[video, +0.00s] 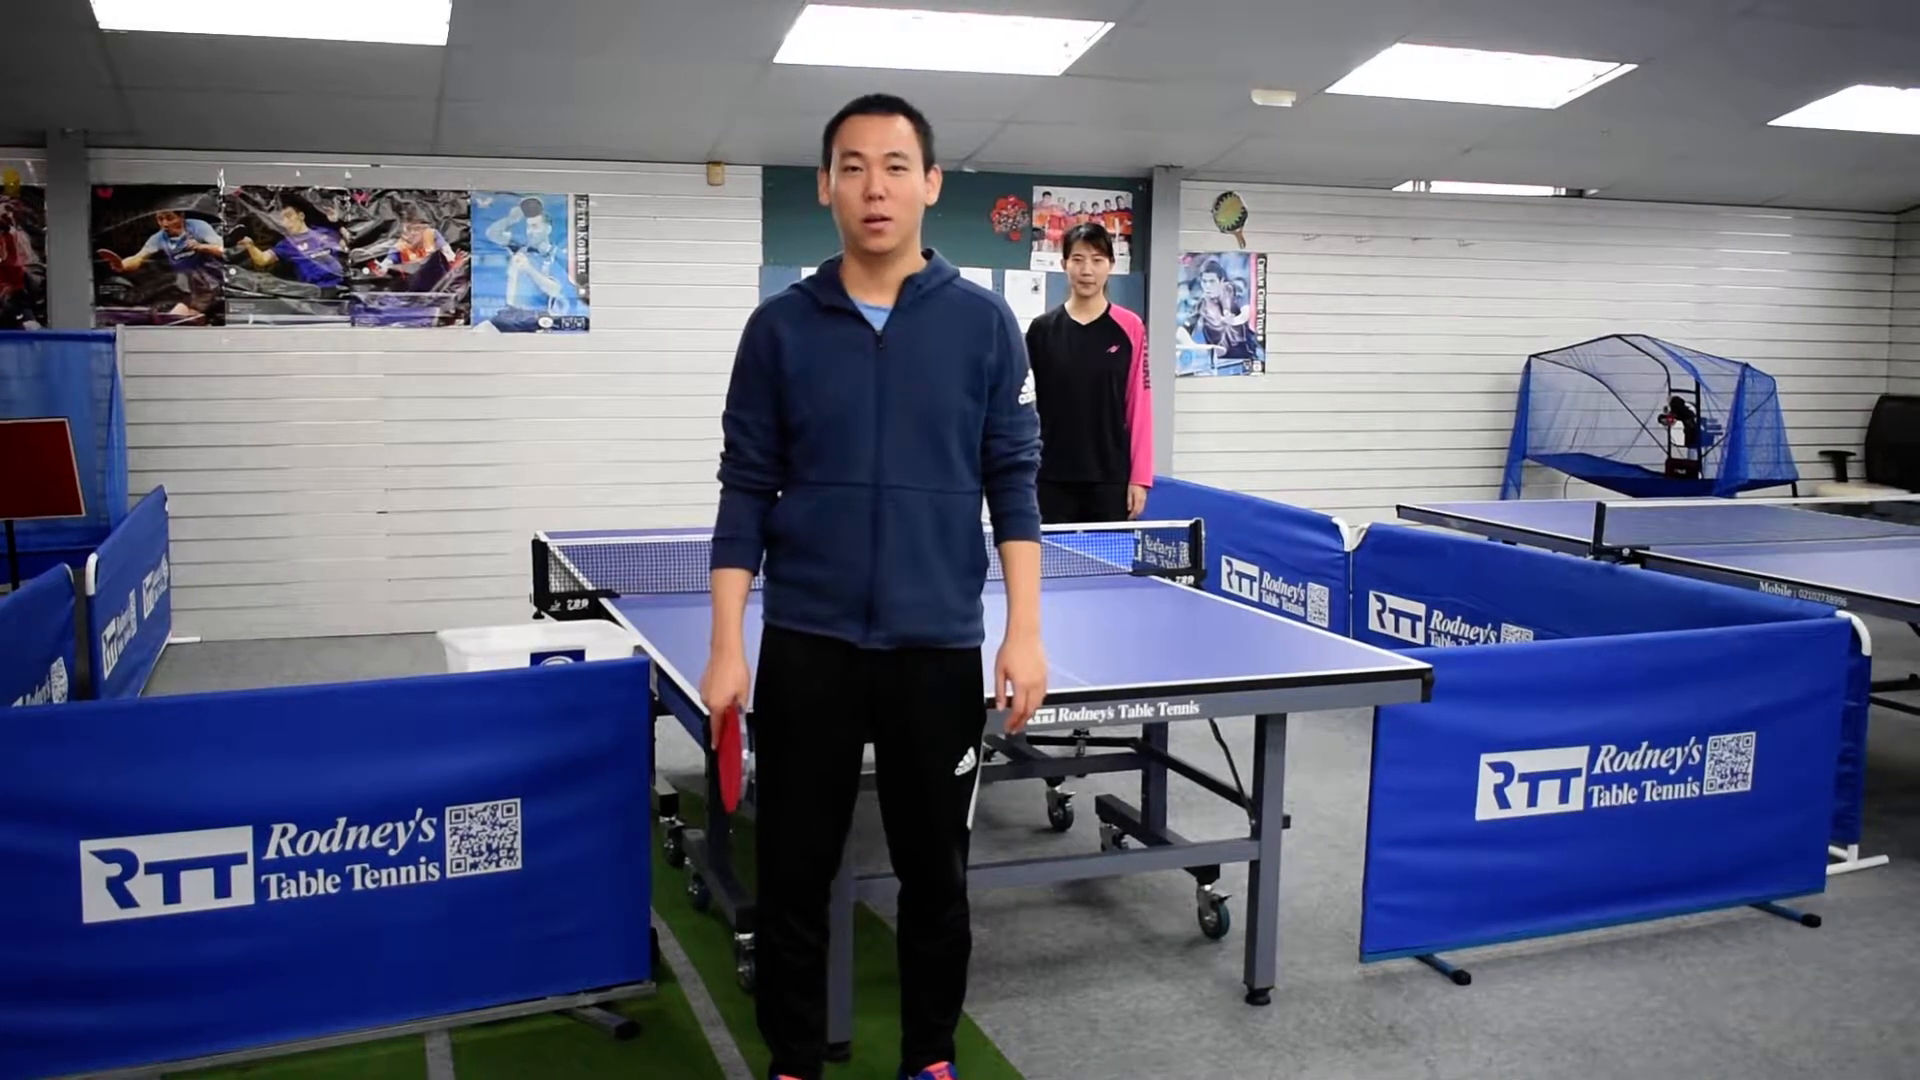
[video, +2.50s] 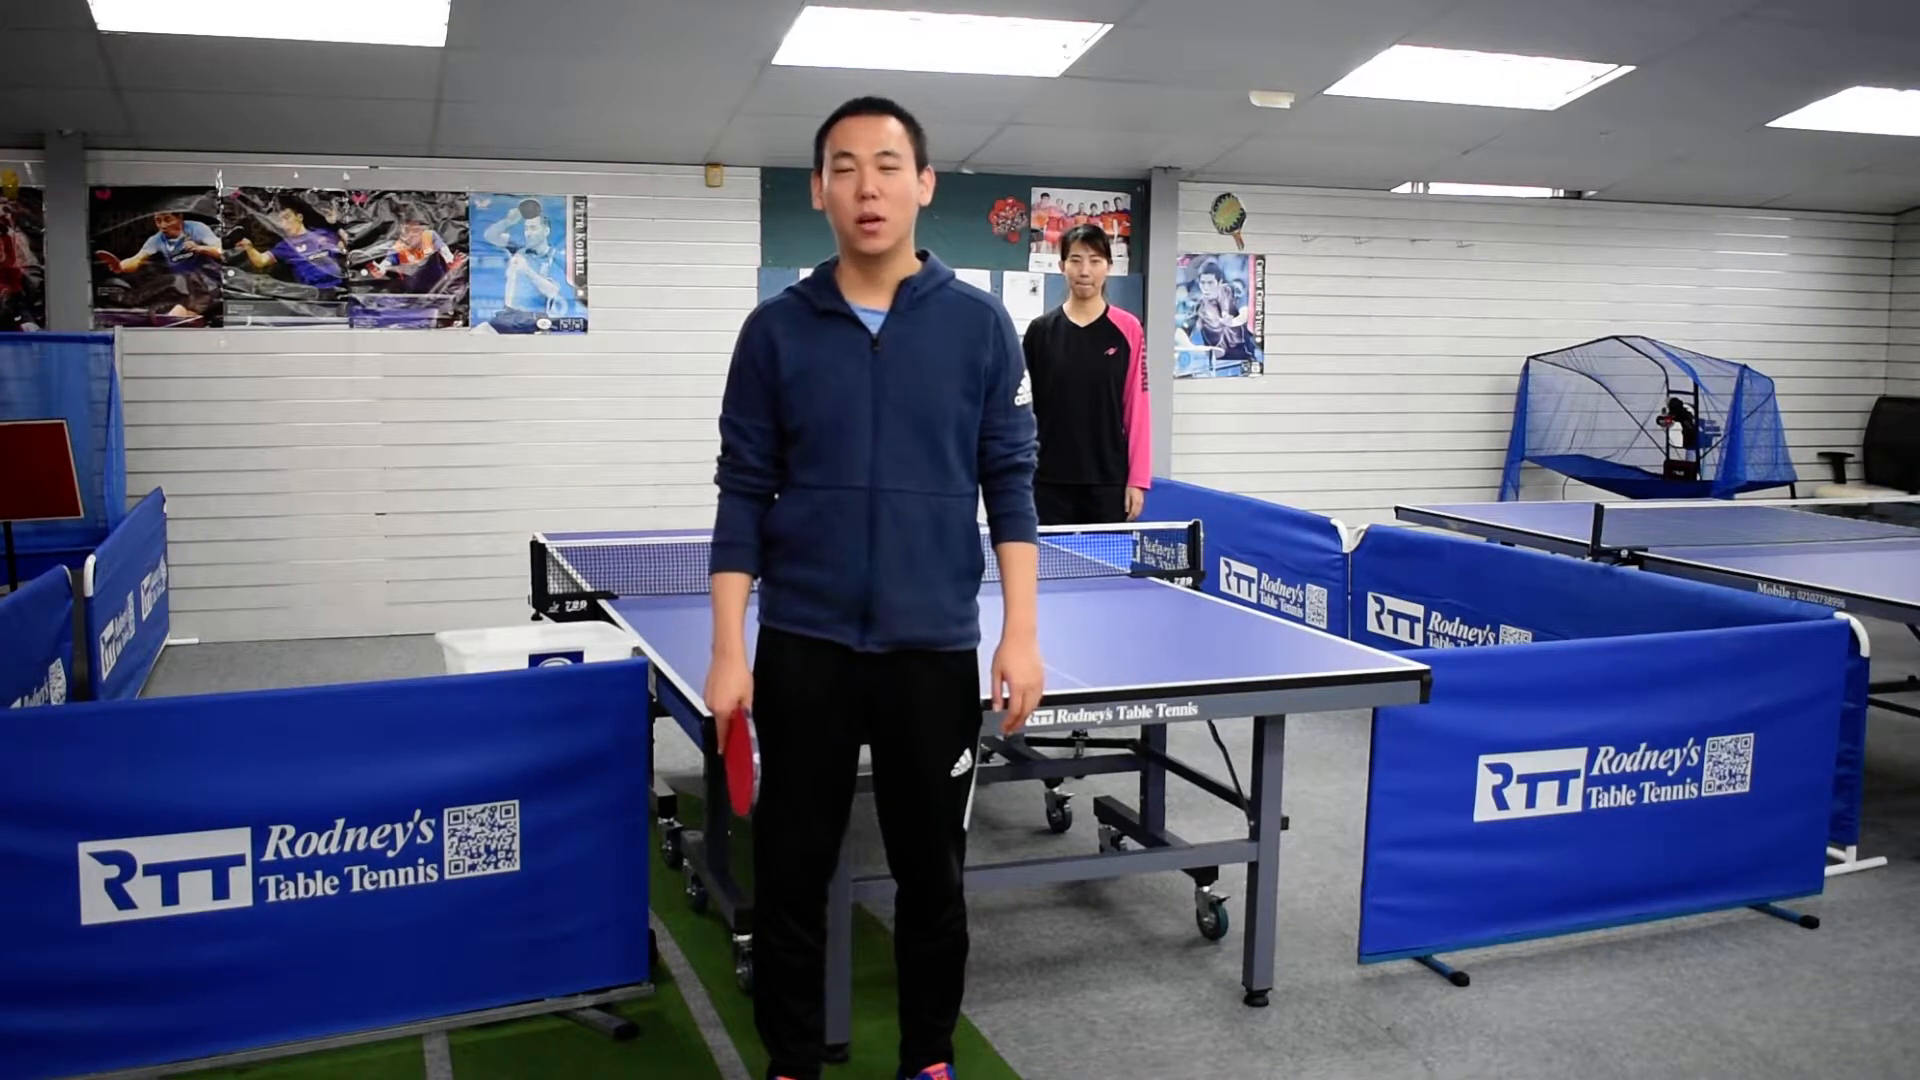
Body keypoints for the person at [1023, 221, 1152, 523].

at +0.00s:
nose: (1087, 270)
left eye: (1097, 261)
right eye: (1078, 260)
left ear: (1111, 266)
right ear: (1065, 265)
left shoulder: (1130, 328)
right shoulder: (1041, 330)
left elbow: (1139, 406)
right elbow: (1025, 403)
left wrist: (1140, 477)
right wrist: (1023, 476)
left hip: (1109, 480)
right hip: (1052, 479)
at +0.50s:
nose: (1086, 272)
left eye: (1096, 262)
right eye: (1077, 261)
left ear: (1110, 267)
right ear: (1064, 266)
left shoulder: (1129, 329)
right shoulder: (1040, 331)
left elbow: (1139, 407)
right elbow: (1022, 404)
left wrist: (1140, 478)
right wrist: (1022, 478)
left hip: (1109, 482)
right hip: (1051, 481)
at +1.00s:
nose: (1085, 271)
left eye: (1095, 262)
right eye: (1076, 261)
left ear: (1109, 268)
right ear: (1063, 266)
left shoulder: (1128, 329)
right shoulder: (1039, 331)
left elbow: (1137, 406)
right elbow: (1021, 404)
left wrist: (1138, 478)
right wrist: (1020, 478)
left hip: (1108, 481)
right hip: (1050, 481)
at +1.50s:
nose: (1084, 271)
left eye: (1095, 262)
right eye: (1075, 261)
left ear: (1108, 268)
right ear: (1062, 266)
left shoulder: (1128, 329)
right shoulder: (1039, 331)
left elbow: (1137, 407)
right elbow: (1021, 405)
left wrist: (1138, 478)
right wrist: (1020, 478)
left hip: (1107, 482)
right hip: (1049, 482)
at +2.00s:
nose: (1085, 271)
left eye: (1095, 262)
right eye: (1076, 261)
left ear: (1109, 268)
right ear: (1063, 266)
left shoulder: (1128, 329)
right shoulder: (1039, 331)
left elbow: (1137, 407)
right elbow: (1022, 405)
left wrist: (1138, 479)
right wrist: (1019, 479)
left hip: (1107, 483)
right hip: (1049, 482)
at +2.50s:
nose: (1085, 271)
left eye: (1095, 262)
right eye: (1075, 261)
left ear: (1108, 268)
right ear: (1063, 266)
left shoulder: (1128, 329)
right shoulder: (1039, 331)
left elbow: (1137, 407)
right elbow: (1022, 405)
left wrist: (1138, 479)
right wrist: (1020, 478)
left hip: (1107, 483)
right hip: (1049, 482)